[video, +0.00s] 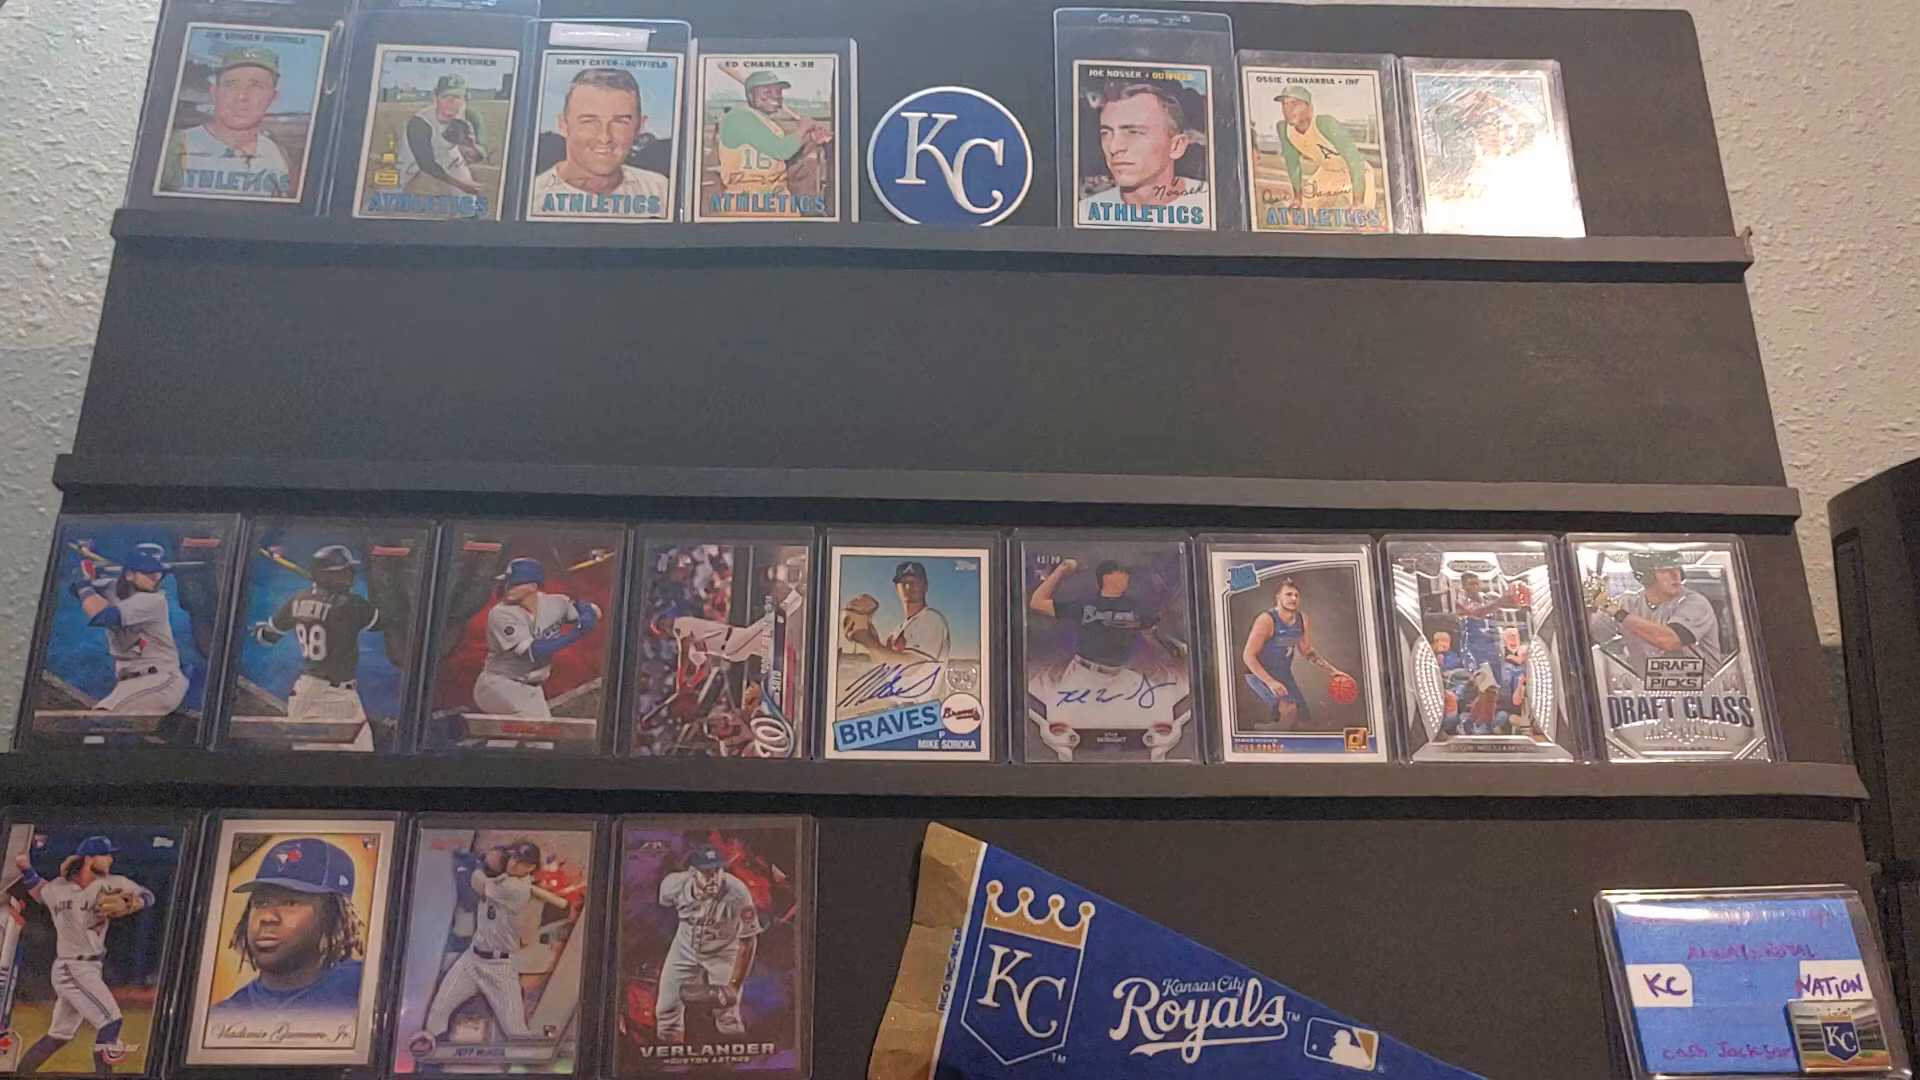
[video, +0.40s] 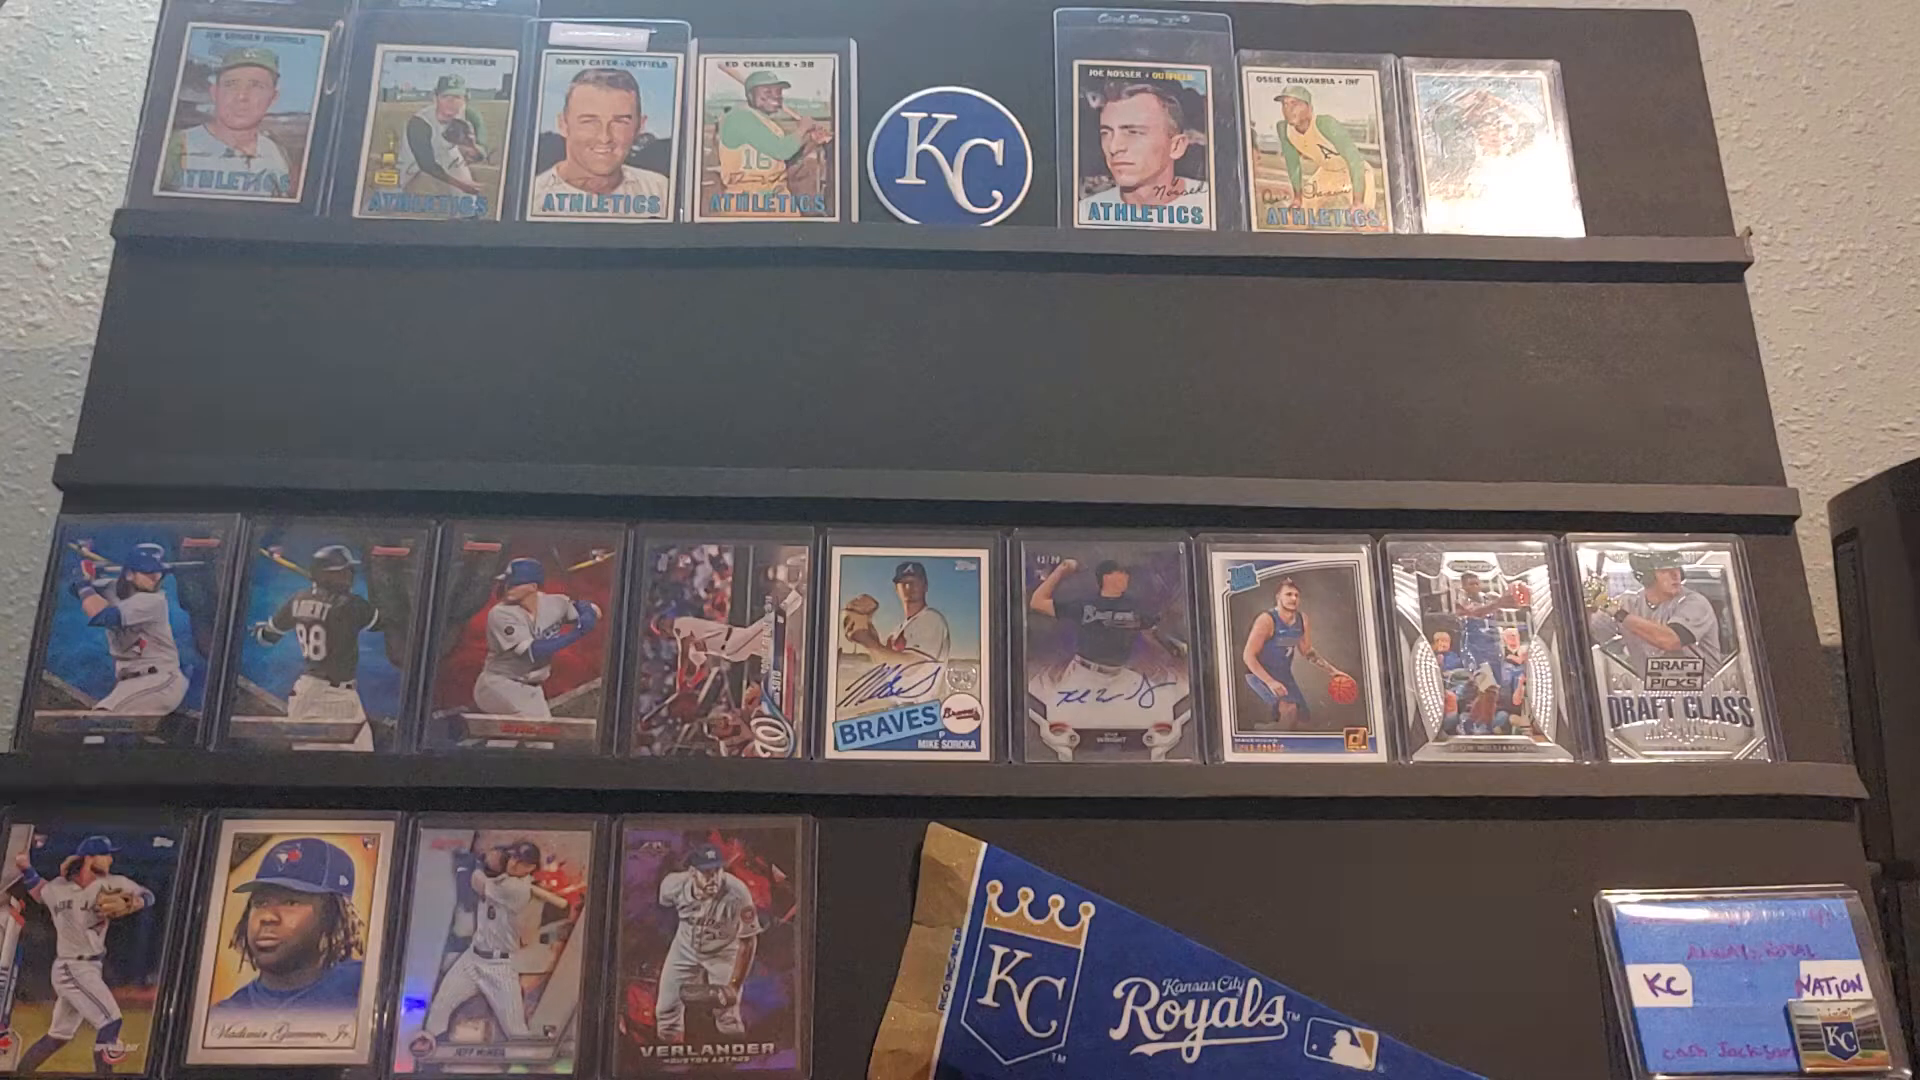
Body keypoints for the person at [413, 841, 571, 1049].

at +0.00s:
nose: (513, 863)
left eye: (520, 861)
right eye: (512, 858)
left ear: (531, 868)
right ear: (508, 858)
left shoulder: (518, 889)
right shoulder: (501, 878)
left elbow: (477, 882)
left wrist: (481, 866)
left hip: (501, 966)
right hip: (472, 958)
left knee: (515, 1031)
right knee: (439, 1007)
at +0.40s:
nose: (513, 863)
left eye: (520, 861)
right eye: (513, 858)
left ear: (531, 868)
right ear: (509, 858)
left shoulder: (518, 890)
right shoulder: (501, 878)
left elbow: (477, 882)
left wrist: (481, 865)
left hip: (500, 966)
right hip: (472, 958)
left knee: (516, 1029)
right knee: (440, 1006)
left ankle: (531, 1071)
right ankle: (426, 1063)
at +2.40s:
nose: (514, 865)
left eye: (521, 863)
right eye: (513, 859)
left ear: (530, 869)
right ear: (509, 858)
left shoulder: (518, 890)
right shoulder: (501, 879)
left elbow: (479, 882)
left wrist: (477, 867)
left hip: (501, 966)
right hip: (473, 958)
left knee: (515, 1031)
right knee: (440, 1005)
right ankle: (427, 1063)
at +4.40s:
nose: (515, 864)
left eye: (522, 863)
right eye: (514, 859)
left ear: (531, 868)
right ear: (509, 858)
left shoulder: (518, 890)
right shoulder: (502, 879)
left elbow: (477, 881)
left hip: (501, 964)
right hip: (473, 957)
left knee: (515, 1030)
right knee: (441, 1004)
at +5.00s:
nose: (515, 865)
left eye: (522, 863)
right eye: (514, 859)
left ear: (531, 868)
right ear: (509, 858)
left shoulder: (518, 890)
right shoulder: (501, 879)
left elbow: (477, 881)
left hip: (501, 965)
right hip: (473, 957)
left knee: (514, 1029)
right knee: (439, 1006)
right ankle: (426, 1066)